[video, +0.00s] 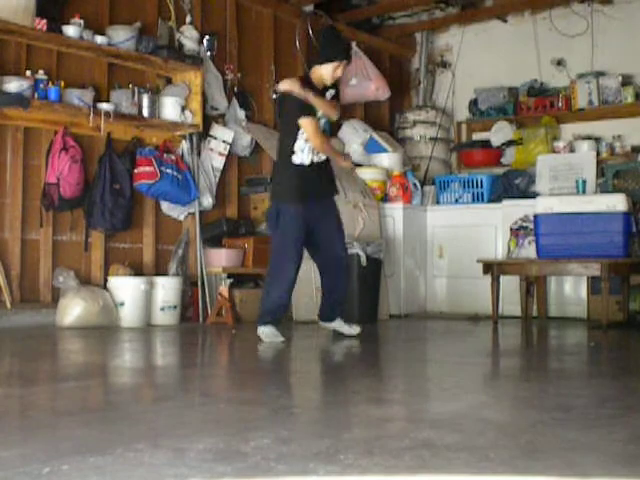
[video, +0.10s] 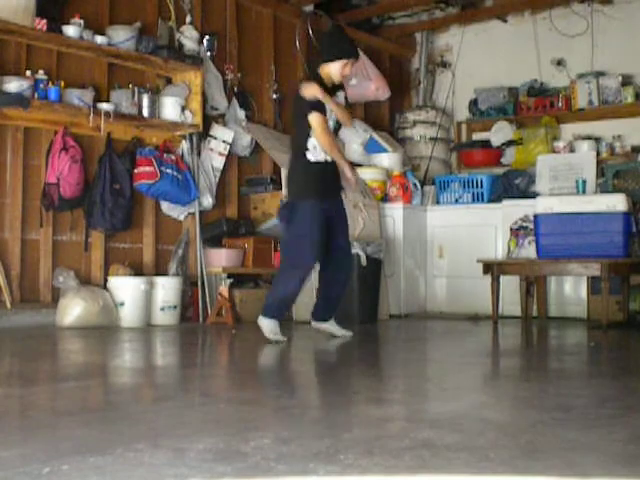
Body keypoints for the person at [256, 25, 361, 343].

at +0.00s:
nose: (341, 71)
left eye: (343, 66)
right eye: (340, 65)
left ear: (333, 64)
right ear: (326, 62)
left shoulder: (327, 90)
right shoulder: (295, 92)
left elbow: (335, 114)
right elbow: (314, 138)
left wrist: (303, 93)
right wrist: (338, 157)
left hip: (320, 191)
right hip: (290, 193)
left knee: (334, 257)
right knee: (285, 261)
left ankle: (329, 316)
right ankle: (267, 322)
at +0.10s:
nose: (348, 71)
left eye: (351, 65)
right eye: (346, 64)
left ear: (345, 65)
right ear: (330, 60)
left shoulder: (335, 91)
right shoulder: (310, 90)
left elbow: (348, 122)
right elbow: (320, 132)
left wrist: (325, 97)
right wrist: (343, 164)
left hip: (330, 187)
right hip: (306, 188)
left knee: (339, 256)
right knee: (303, 253)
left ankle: (322, 316)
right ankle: (270, 315)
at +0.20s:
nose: (356, 79)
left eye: (357, 74)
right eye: (356, 73)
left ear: (340, 71)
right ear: (346, 70)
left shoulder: (339, 104)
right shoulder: (322, 102)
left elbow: (357, 146)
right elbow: (324, 153)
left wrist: (350, 129)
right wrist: (352, 189)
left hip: (335, 195)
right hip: (319, 195)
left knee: (346, 264)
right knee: (327, 264)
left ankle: (322, 323)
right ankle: (277, 311)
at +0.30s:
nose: (366, 82)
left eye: (367, 75)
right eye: (365, 74)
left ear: (352, 74)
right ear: (355, 73)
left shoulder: (343, 105)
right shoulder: (330, 101)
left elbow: (338, 154)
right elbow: (317, 148)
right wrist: (345, 188)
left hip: (334, 188)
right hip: (323, 188)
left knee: (349, 261)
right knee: (345, 261)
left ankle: (322, 321)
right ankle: (303, 312)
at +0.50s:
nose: (384, 65)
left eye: (384, 59)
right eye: (382, 58)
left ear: (366, 57)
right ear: (370, 57)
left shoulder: (357, 86)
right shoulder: (350, 83)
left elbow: (346, 132)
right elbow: (319, 119)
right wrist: (339, 162)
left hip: (334, 178)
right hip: (339, 178)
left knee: (342, 248)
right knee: (363, 247)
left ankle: (317, 309)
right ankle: (371, 317)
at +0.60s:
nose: (384, 74)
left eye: (384, 68)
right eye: (381, 68)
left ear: (365, 67)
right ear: (368, 66)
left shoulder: (357, 96)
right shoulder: (352, 92)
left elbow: (347, 141)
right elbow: (325, 127)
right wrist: (347, 172)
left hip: (335, 195)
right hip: (348, 193)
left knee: (349, 259)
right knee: (373, 258)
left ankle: (312, 317)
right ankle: (373, 329)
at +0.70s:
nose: (384, 70)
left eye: (385, 64)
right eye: (381, 63)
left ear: (368, 64)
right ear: (367, 62)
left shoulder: (361, 95)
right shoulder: (349, 86)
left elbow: (359, 142)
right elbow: (327, 120)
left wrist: (374, 170)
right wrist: (363, 160)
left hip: (348, 186)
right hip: (335, 187)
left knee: (350, 257)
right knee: (365, 251)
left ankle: (314, 316)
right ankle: (374, 325)